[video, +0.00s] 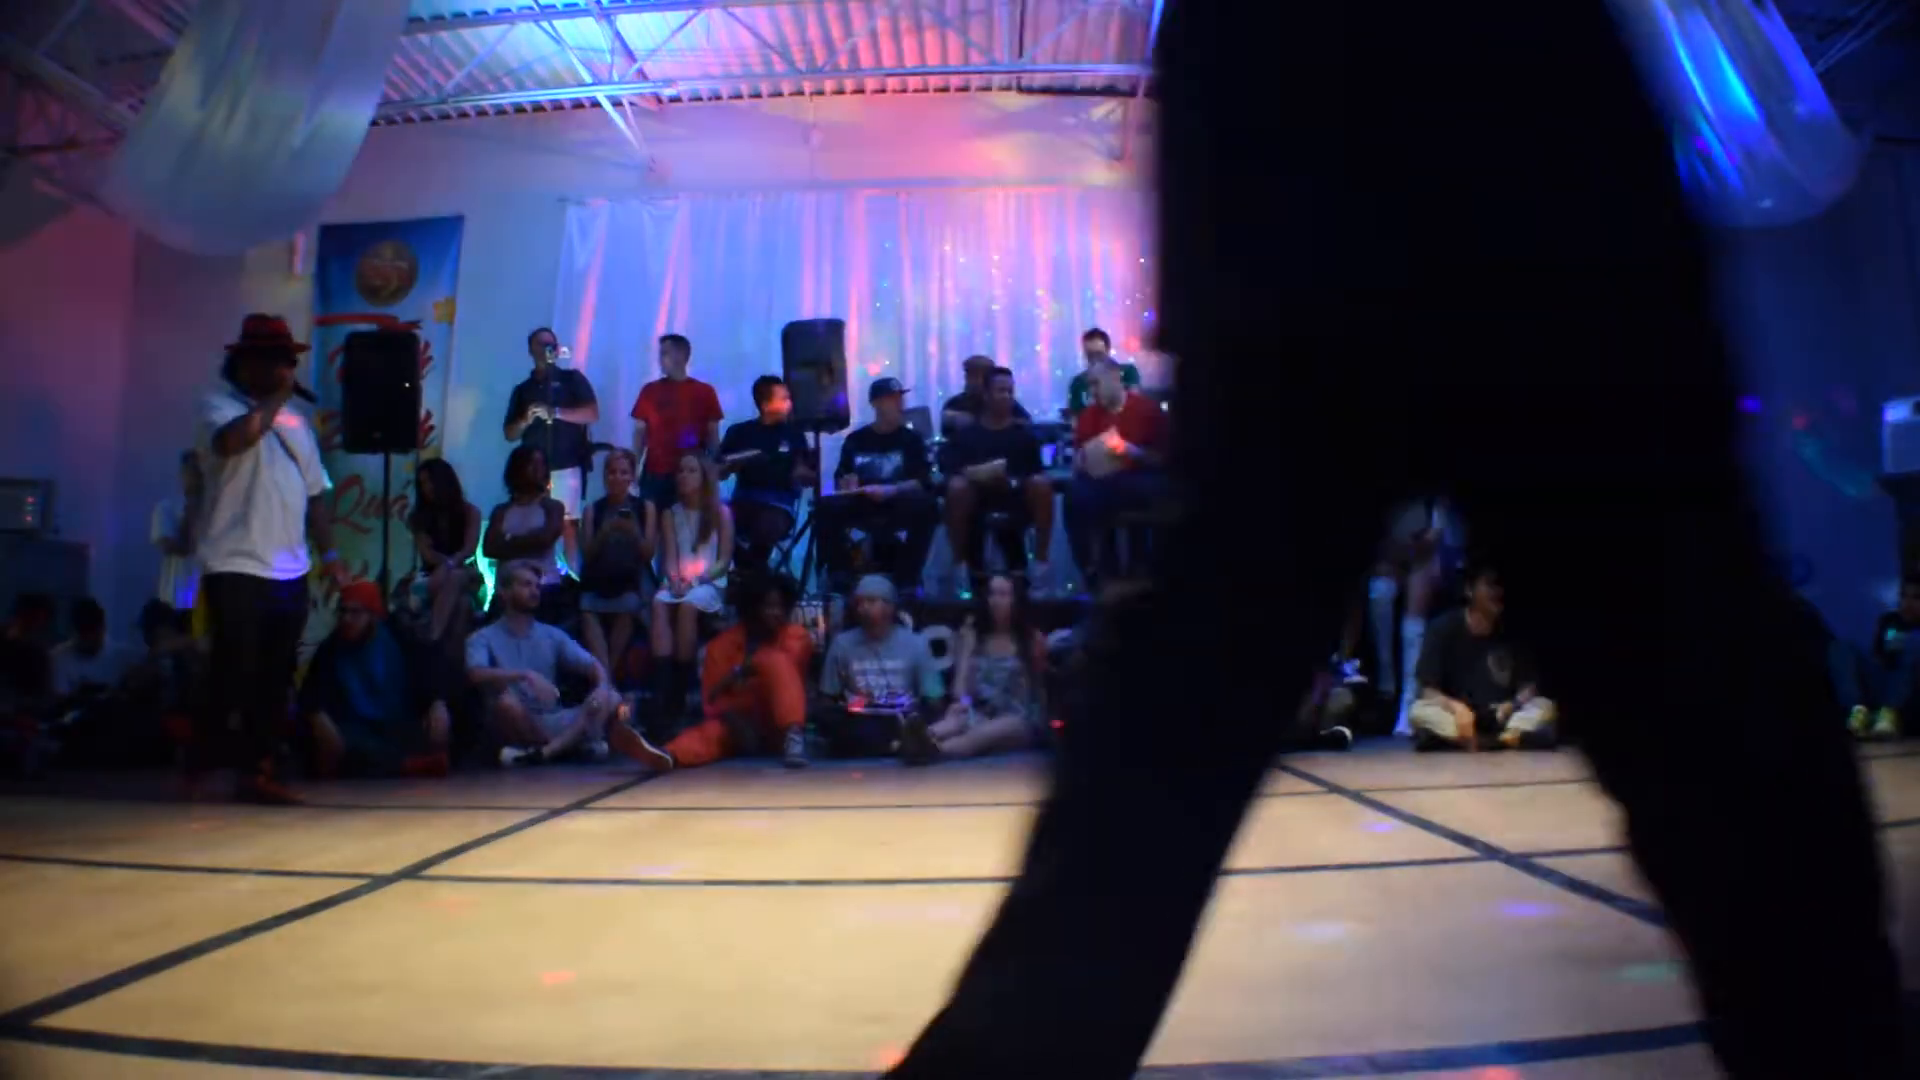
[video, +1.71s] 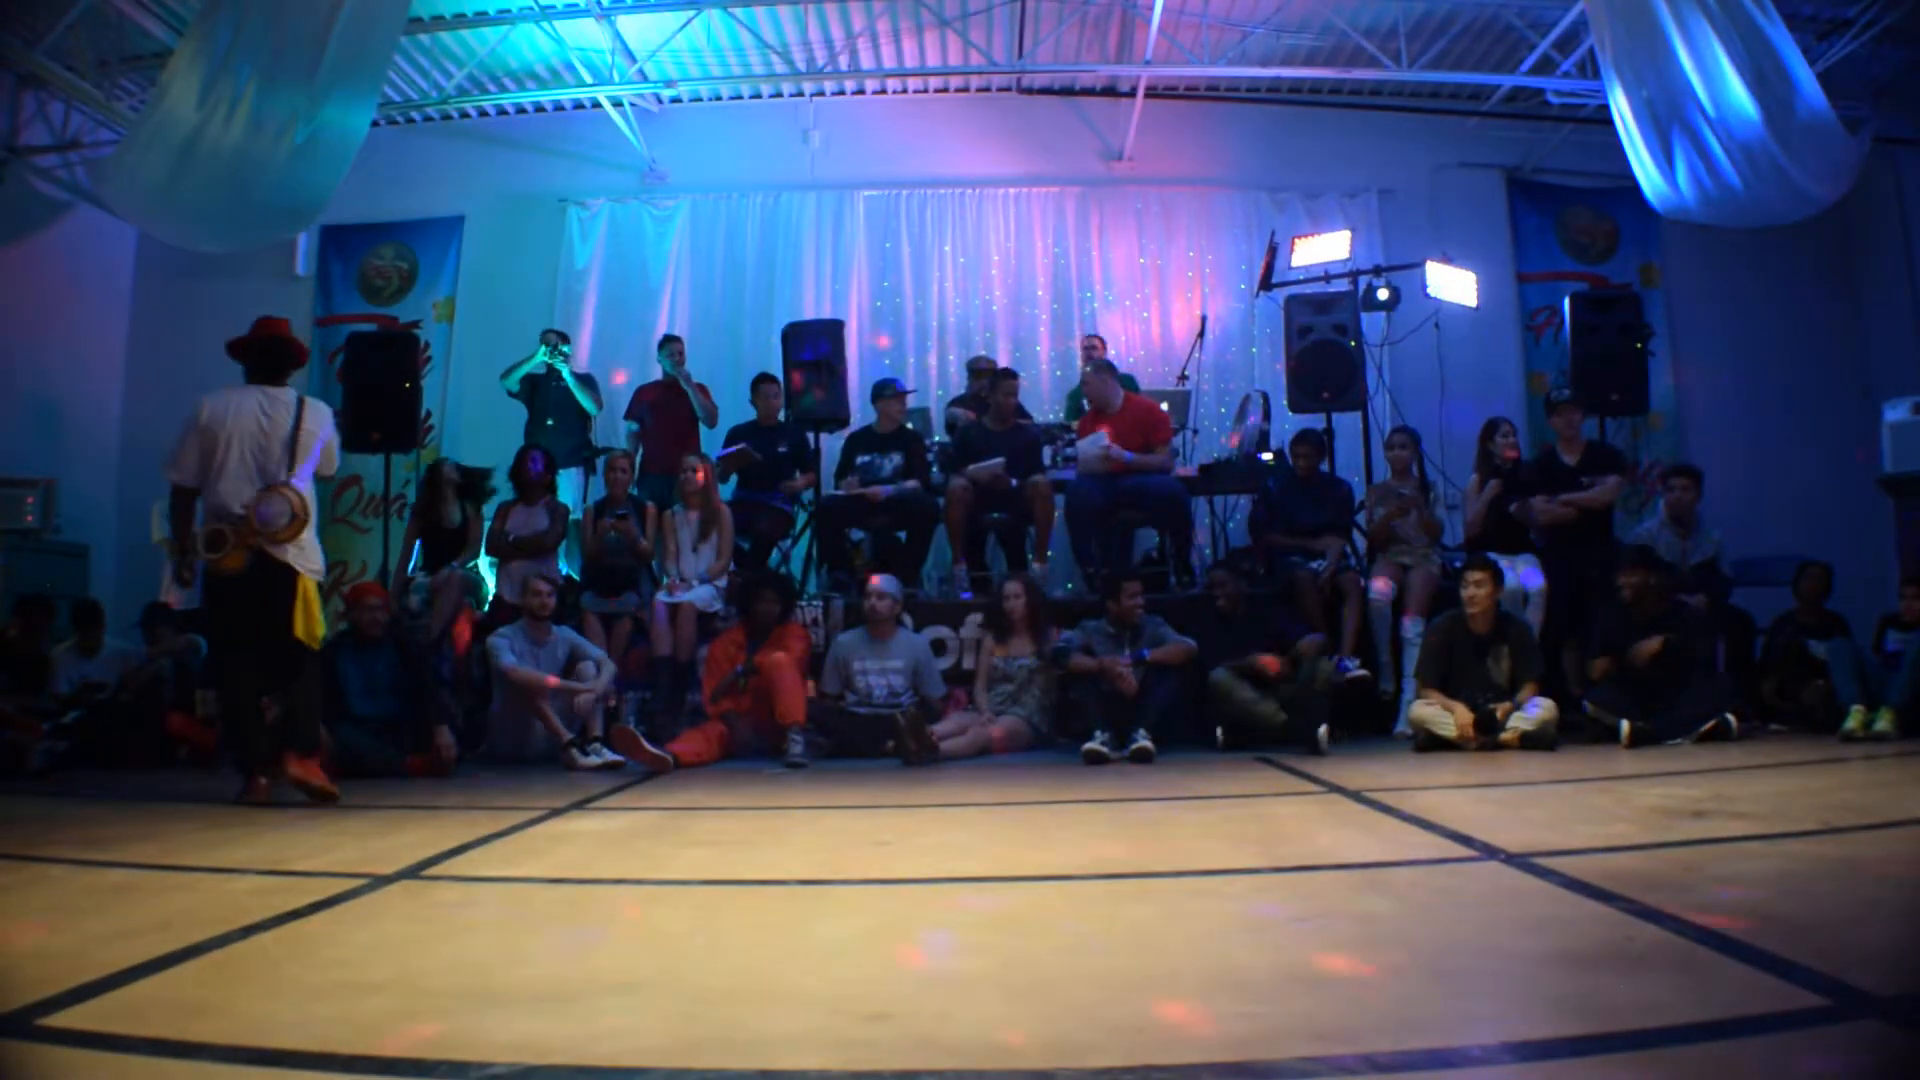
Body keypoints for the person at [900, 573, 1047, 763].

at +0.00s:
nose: (997, 601)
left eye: (1004, 595)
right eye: (993, 594)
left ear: (1017, 600)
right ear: (985, 599)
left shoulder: (1030, 638)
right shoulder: (972, 636)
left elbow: (1040, 683)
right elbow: (961, 679)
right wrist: (962, 702)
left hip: (1017, 711)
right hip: (980, 709)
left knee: (987, 733)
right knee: (956, 720)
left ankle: (938, 749)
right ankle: (924, 736)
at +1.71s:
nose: (1011, 605)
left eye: (1017, 597)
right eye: (1006, 599)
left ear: (1031, 600)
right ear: (1000, 603)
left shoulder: (1046, 638)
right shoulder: (992, 640)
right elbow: (980, 686)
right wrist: (986, 712)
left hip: (1028, 713)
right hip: (993, 710)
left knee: (984, 735)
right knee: (958, 720)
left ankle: (932, 752)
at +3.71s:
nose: (1017, 600)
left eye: (1022, 594)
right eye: (1011, 595)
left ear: (1032, 598)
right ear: (1002, 601)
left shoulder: (1045, 638)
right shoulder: (989, 639)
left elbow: (1054, 682)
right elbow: (977, 685)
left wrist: (1035, 682)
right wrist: (983, 712)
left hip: (1028, 712)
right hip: (991, 709)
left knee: (985, 735)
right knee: (956, 721)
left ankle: (934, 752)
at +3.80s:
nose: (1018, 600)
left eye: (1023, 594)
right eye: (1012, 595)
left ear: (1032, 598)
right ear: (1001, 601)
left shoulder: (1044, 638)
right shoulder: (988, 639)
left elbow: (1052, 685)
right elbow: (977, 688)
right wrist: (983, 711)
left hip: (1028, 714)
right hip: (992, 711)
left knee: (983, 736)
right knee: (958, 720)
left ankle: (930, 751)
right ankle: (917, 736)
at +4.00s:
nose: (1018, 599)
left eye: (1023, 594)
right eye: (1011, 594)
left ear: (1032, 599)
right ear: (1000, 600)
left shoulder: (1043, 638)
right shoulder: (988, 639)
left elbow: (1051, 686)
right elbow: (977, 687)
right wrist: (983, 711)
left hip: (1027, 714)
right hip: (990, 711)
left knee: (981, 735)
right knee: (958, 720)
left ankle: (931, 751)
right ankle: (917, 736)